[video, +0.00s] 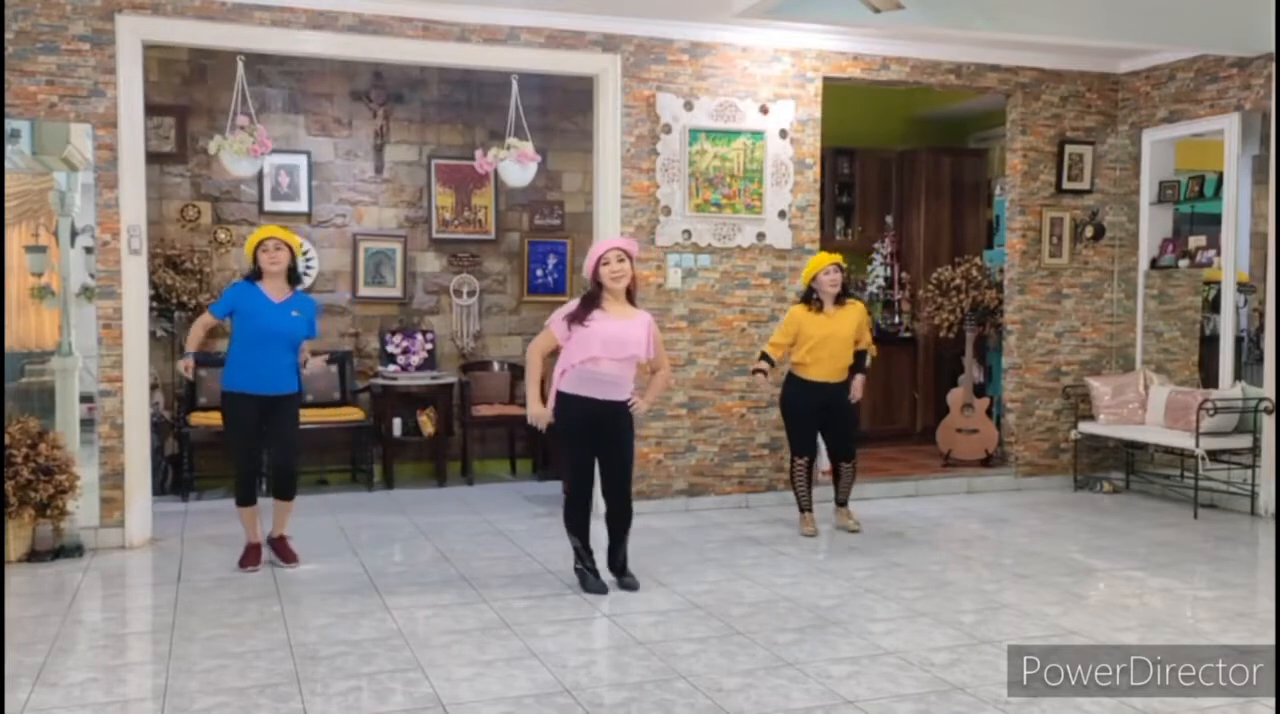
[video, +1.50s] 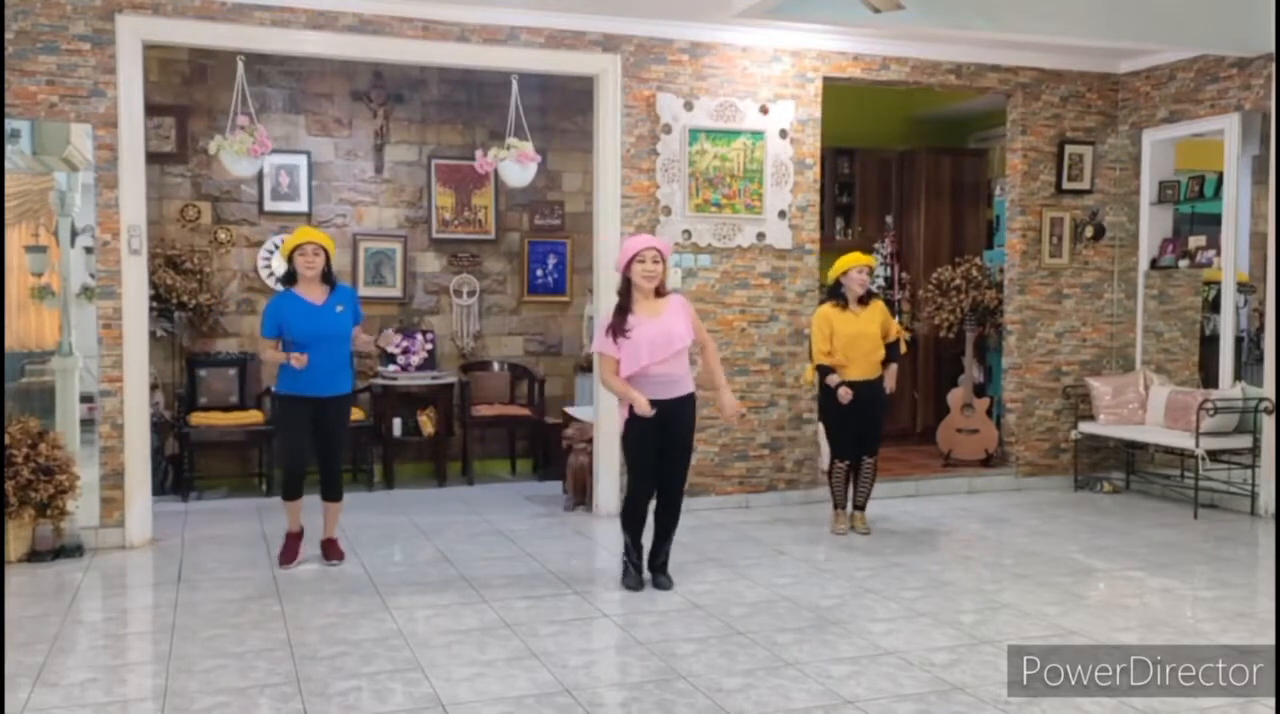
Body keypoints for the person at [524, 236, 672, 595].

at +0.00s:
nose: (615, 268)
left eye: (621, 261)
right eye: (607, 264)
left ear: (632, 270)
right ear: (596, 273)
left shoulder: (643, 321)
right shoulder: (577, 312)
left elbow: (664, 370)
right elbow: (536, 349)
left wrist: (645, 399)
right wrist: (534, 402)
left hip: (617, 411)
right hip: (573, 408)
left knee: (620, 494)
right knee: (579, 490)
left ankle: (619, 563)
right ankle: (584, 564)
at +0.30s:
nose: (609, 273)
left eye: (615, 266)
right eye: (600, 268)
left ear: (626, 274)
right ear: (590, 277)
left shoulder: (643, 322)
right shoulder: (577, 319)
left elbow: (663, 370)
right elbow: (554, 367)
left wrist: (645, 403)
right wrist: (534, 404)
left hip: (613, 413)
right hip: (572, 408)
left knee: (607, 492)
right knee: (577, 488)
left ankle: (606, 564)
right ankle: (583, 563)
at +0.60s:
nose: (613, 267)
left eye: (618, 260)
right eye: (604, 261)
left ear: (628, 266)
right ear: (593, 271)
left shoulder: (647, 312)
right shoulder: (582, 316)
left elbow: (670, 356)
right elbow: (563, 368)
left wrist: (657, 393)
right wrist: (549, 410)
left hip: (629, 409)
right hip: (584, 408)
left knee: (639, 489)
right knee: (584, 488)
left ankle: (646, 561)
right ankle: (584, 563)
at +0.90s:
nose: (627, 266)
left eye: (633, 259)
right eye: (619, 260)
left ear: (643, 266)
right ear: (606, 269)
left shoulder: (663, 302)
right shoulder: (601, 315)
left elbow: (692, 340)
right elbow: (589, 373)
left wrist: (685, 384)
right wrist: (587, 421)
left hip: (658, 406)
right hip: (614, 407)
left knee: (656, 487)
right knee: (604, 484)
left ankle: (657, 563)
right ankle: (590, 559)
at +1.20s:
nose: (642, 266)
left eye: (648, 259)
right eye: (633, 260)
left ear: (657, 266)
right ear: (620, 269)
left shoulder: (677, 300)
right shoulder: (616, 316)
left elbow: (706, 338)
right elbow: (604, 373)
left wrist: (701, 381)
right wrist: (612, 411)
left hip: (674, 404)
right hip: (631, 406)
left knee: (666, 488)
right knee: (625, 486)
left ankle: (659, 562)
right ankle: (619, 560)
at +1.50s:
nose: (650, 268)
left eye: (656, 261)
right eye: (642, 261)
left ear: (665, 268)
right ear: (628, 270)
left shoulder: (680, 305)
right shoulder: (618, 318)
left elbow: (707, 346)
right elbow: (607, 374)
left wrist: (723, 391)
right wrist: (633, 395)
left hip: (680, 406)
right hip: (641, 410)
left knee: (673, 490)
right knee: (641, 488)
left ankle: (660, 563)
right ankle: (633, 559)